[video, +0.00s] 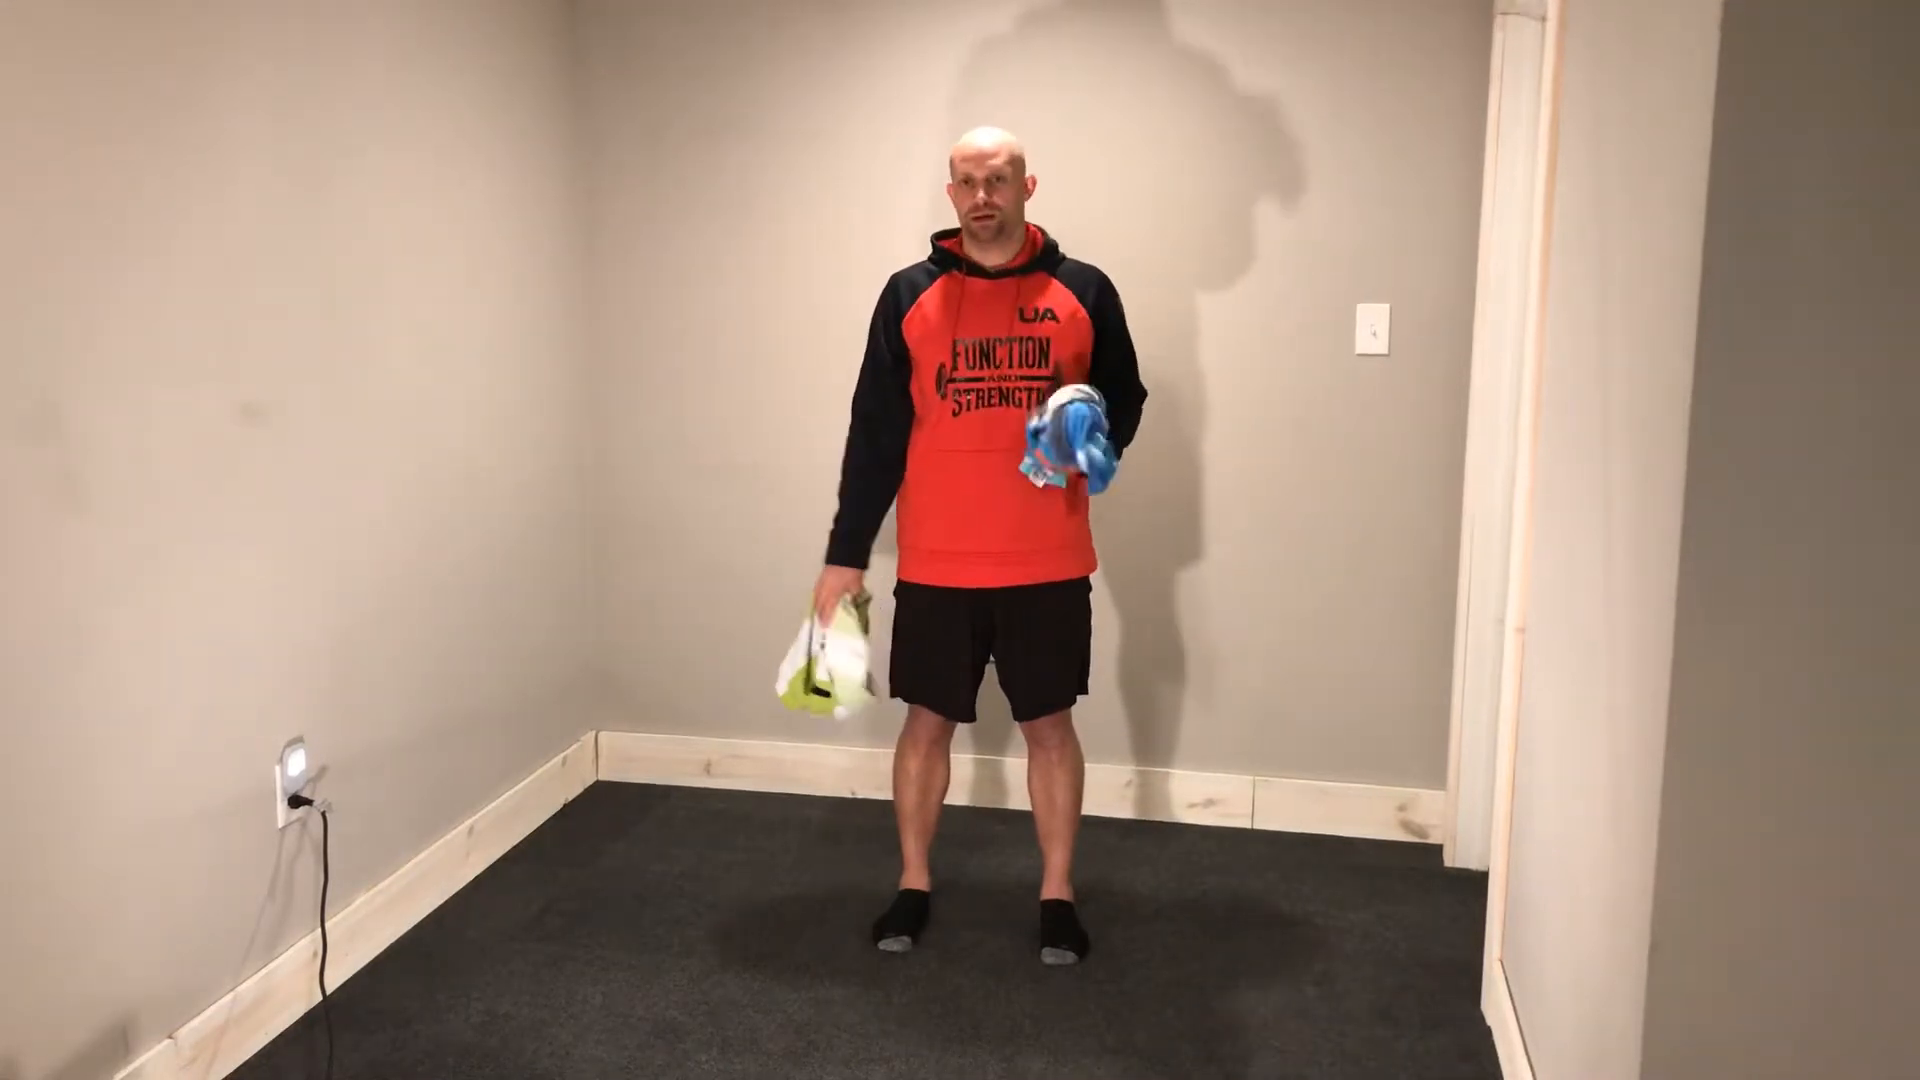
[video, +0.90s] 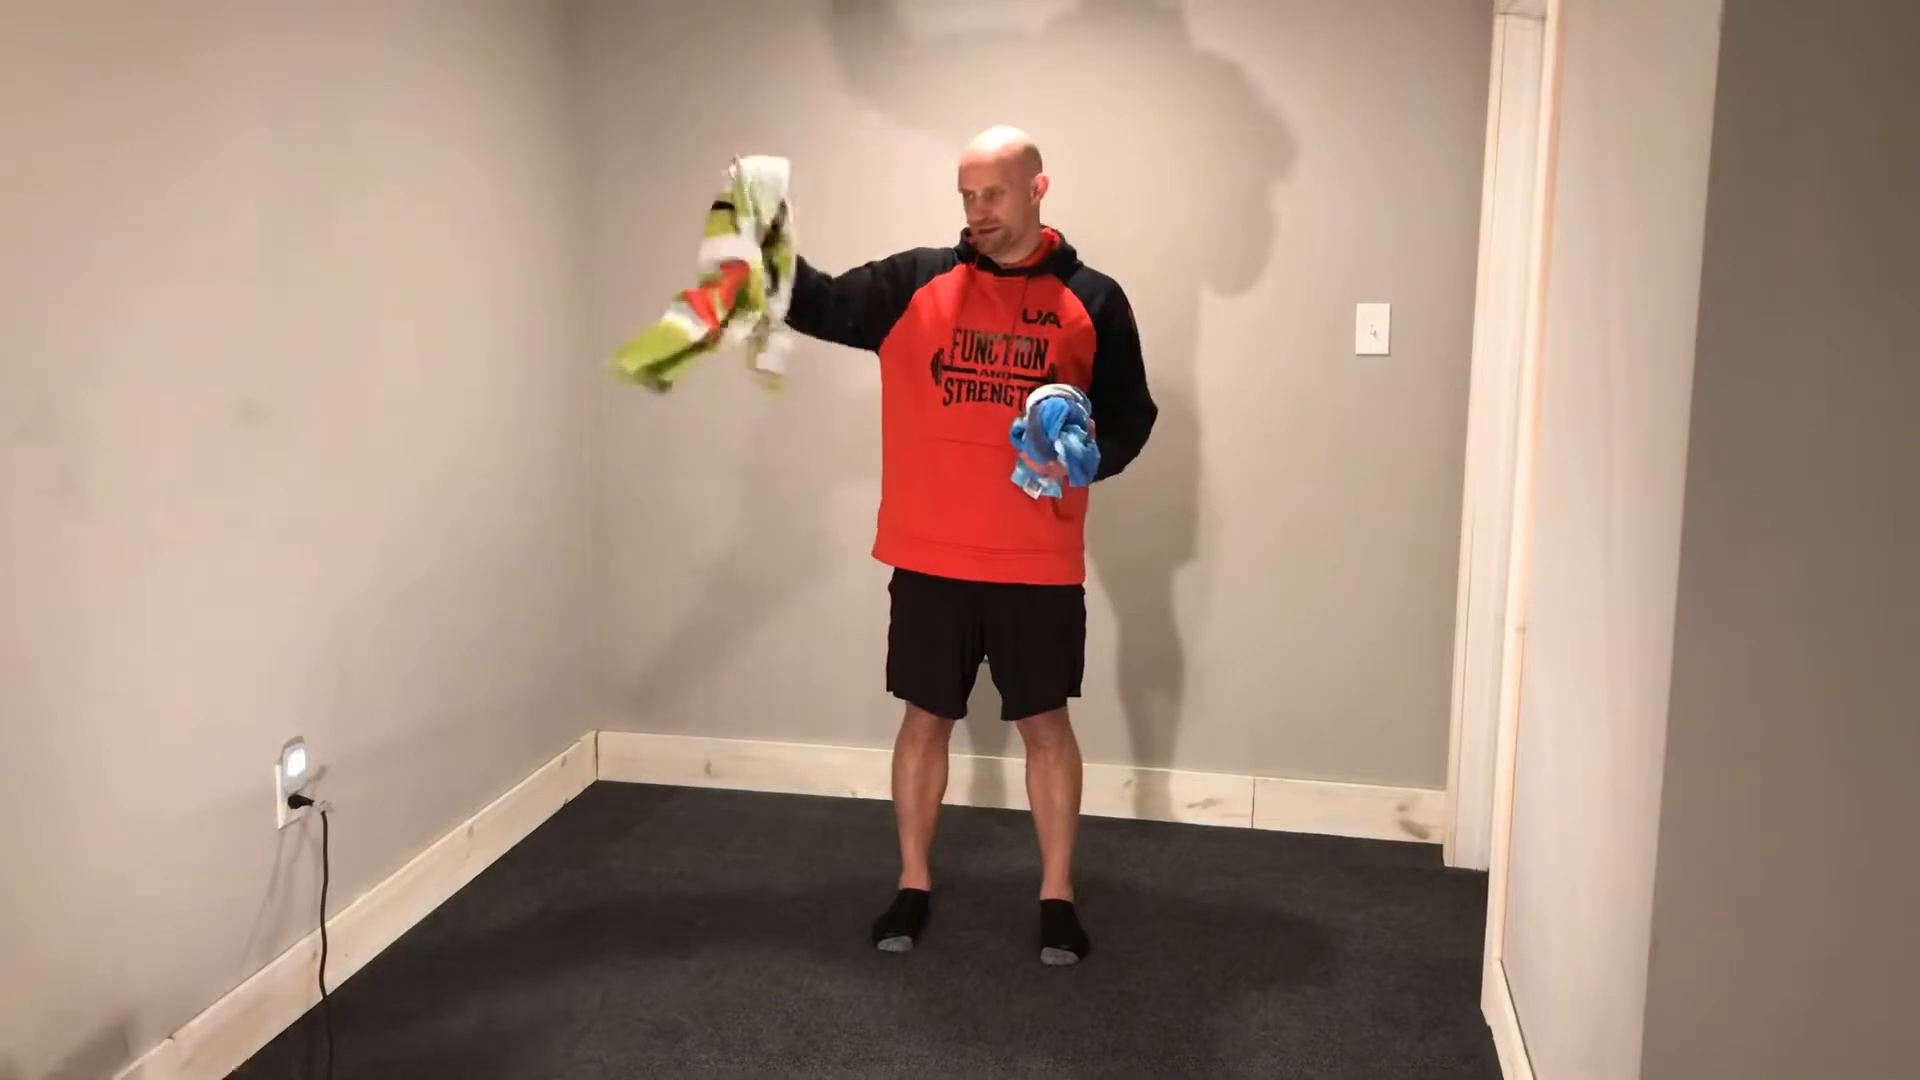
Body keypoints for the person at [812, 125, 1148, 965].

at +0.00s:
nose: (980, 196)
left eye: (996, 181)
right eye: (966, 183)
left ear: (1028, 188)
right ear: (950, 193)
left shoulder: (1084, 292)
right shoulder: (910, 296)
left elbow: (1124, 399)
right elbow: (875, 433)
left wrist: (1090, 438)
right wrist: (845, 554)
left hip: (1045, 559)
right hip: (938, 561)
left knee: (1048, 725)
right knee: (926, 720)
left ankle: (1058, 897)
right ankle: (912, 888)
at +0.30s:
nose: (975, 216)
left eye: (989, 199)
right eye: (961, 201)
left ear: (1029, 186)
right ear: (948, 198)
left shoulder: (1090, 293)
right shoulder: (915, 291)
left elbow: (1130, 406)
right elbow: (850, 381)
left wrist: (1093, 444)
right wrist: (786, 440)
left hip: (1046, 558)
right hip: (938, 557)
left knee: (1048, 722)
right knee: (928, 715)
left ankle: (1057, 897)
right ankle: (912, 887)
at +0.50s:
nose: (964, 221)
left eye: (979, 204)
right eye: (956, 205)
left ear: (1029, 192)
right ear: (948, 200)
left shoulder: (1092, 298)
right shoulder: (921, 286)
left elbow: (1131, 412)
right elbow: (842, 351)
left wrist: (1090, 450)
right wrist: (762, 337)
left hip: (1042, 560)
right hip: (936, 556)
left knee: (1046, 722)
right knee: (926, 716)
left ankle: (1058, 897)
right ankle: (911, 887)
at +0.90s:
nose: (977, 214)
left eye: (992, 197)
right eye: (967, 198)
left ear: (1037, 190)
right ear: (959, 196)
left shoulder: (1092, 300)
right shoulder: (916, 281)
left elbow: (1131, 416)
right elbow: (822, 302)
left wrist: (1085, 453)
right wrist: (761, 239)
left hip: (1037, 559)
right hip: (932, 551)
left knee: (1044, 721)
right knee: (926, 716)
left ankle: (1057, 899)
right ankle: (913, 888)